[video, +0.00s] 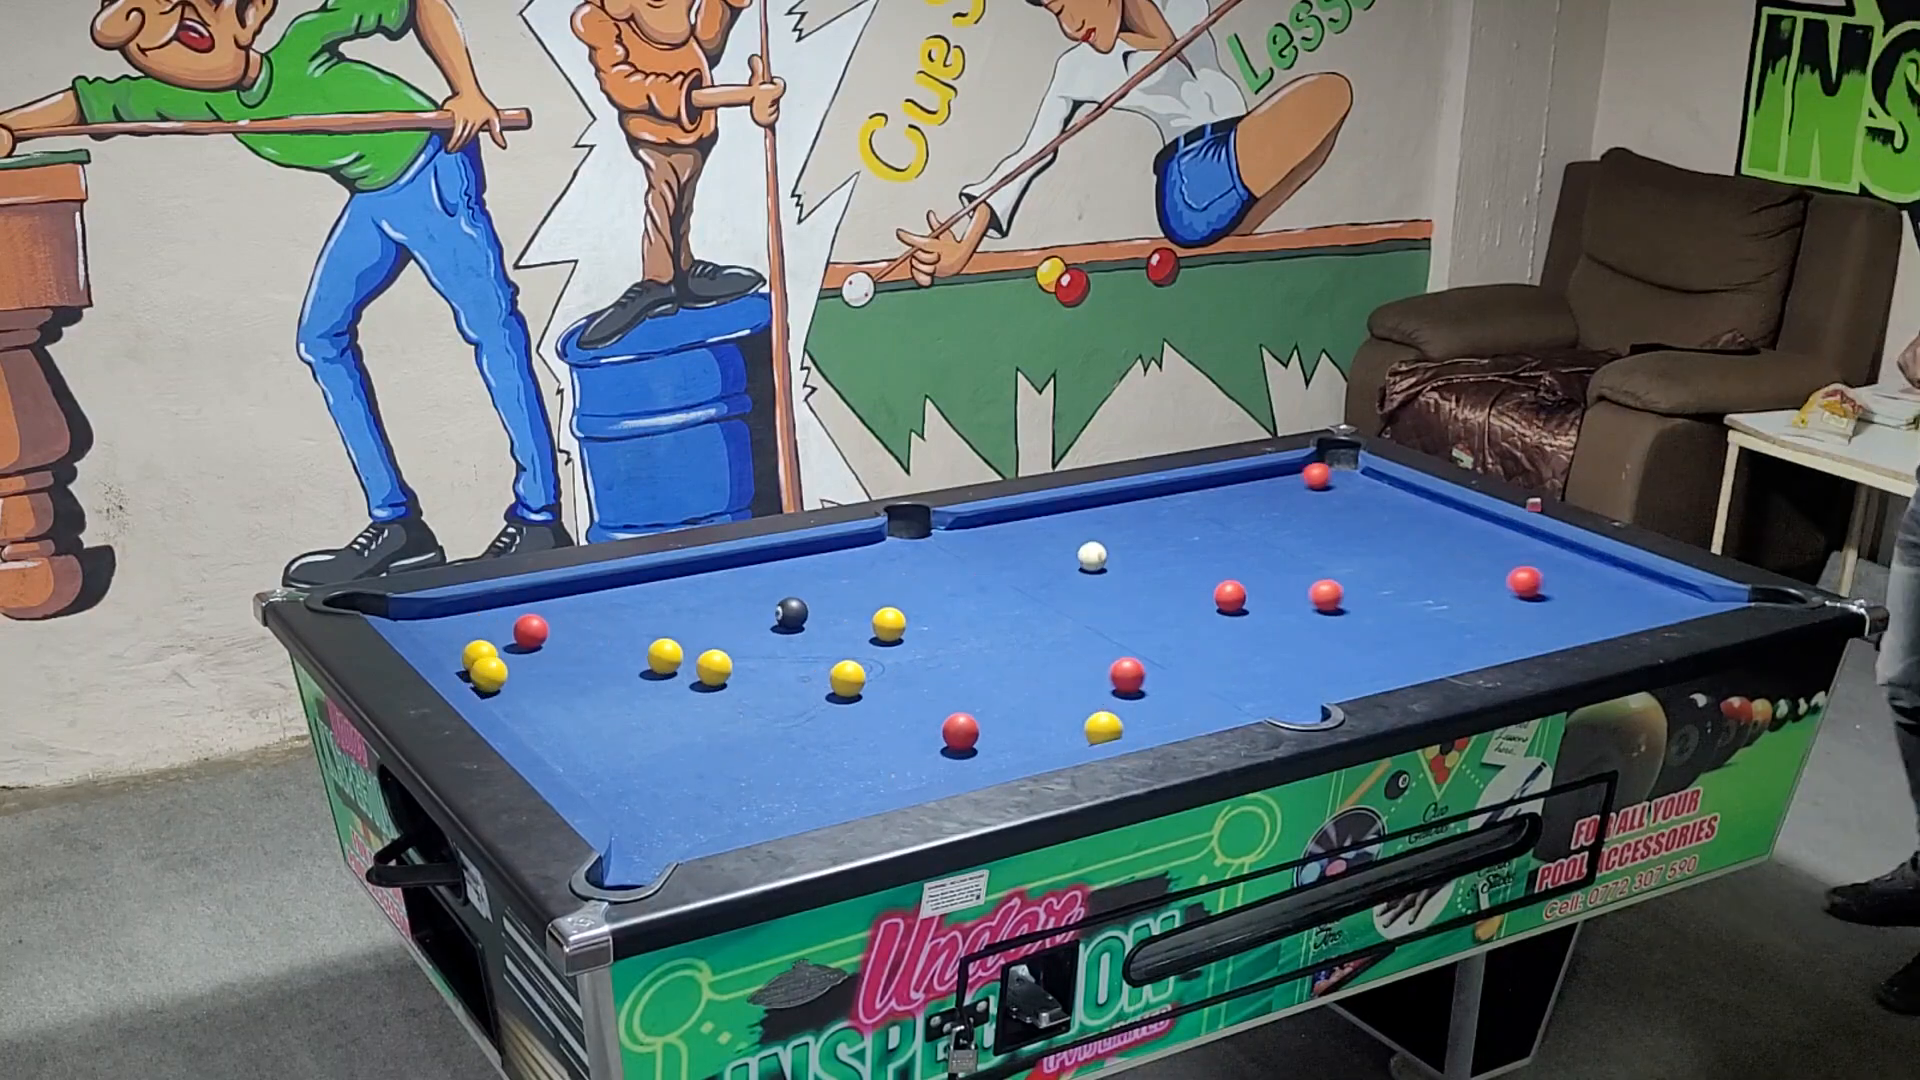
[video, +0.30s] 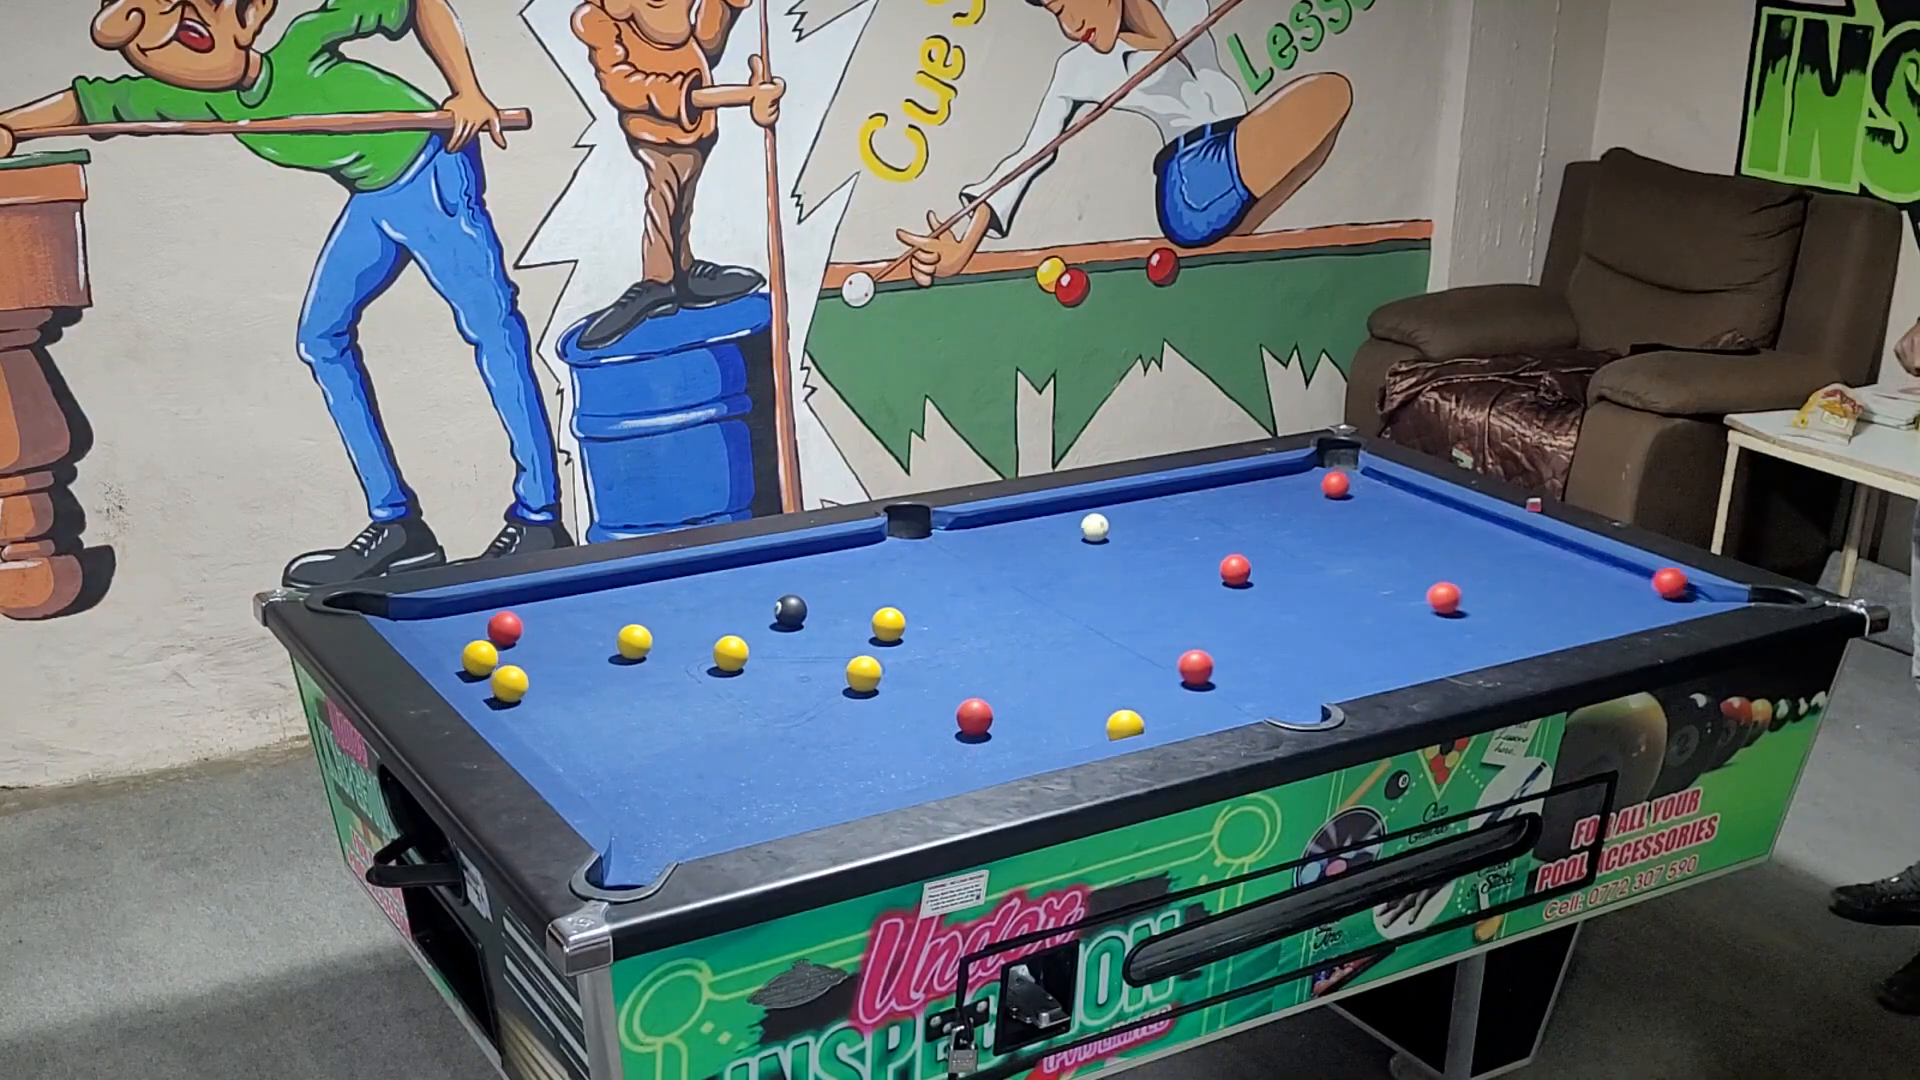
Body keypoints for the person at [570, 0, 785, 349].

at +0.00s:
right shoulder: (596, 19)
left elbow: (707, 47)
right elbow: (626, 88)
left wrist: (730, 6)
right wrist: (747, 94)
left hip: (695, 88)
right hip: (644, 104)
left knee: (688, 174)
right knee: (666, 173)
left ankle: (682, 268)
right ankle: (657, 281)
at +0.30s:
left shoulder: (696, 6)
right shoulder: (596, 19)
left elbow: (707, 48)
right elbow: (625, 88)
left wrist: (729, 7)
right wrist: (747, 94)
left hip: (694, 88)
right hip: (644, 104)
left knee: (688, 174)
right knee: (666, 173)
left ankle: (682, 267)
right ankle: (657, 281)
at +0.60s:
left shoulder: (696, 6)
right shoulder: (596, 19)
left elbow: (707, 47)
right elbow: (625, 88)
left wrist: (730, 6)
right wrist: (746, 95)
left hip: (694, 87)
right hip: (644, 103)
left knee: (688, 174)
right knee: (665, 173)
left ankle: (682, 267)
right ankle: (657, 280)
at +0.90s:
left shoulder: (697, 6)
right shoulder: (596, 19)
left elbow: (707, 47)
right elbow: (625, 88)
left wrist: (730, 6)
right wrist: (746, 95)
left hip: (694, 87)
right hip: (644, 103)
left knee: (688, 174)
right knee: (665, 173)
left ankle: (682, 268)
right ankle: (657, 280)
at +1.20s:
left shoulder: (696, 6)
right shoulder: (596, 19)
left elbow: (707, 47)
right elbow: (625, 88)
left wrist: (730, 6)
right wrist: (746, 95)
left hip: (694, 88)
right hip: (644, 103)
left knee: (687, 175)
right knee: (665, 175)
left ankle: (682, 268)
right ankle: (657, 281)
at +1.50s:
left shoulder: (697, 6)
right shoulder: (596, 18)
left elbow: (707, 47)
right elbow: (625, 87)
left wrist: (730, 6)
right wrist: (746, 95)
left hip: (695, 87)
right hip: (644, 103)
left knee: (687, 175)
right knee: (665, 175)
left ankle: (682, 268)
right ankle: (657, 281)